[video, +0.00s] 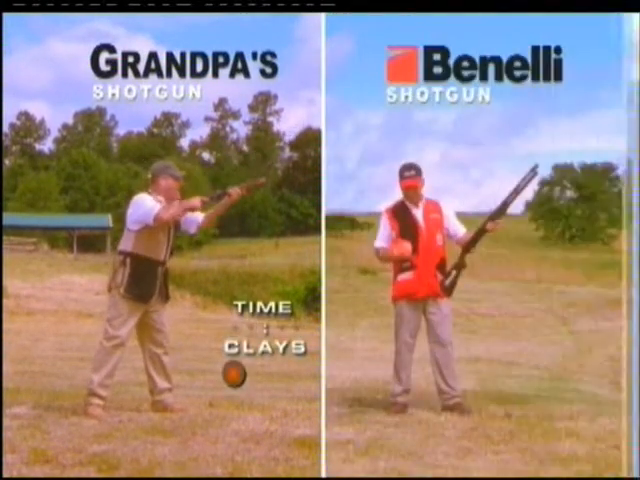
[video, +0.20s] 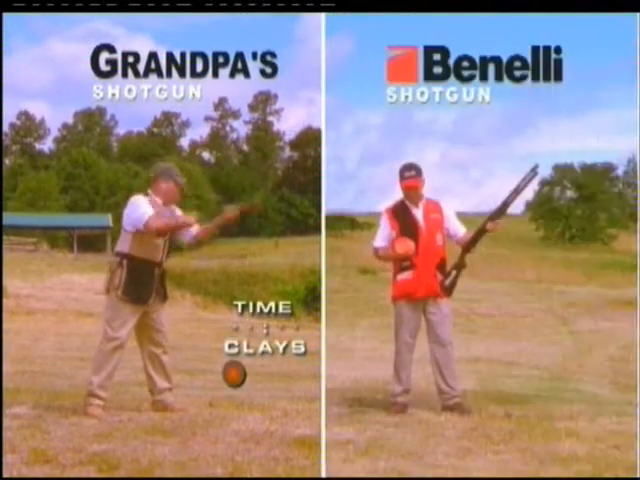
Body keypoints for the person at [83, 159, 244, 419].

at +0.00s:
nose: (178, 191)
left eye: (179, 186)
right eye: (174, 185)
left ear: (174, 187)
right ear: (158, 183)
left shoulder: (171, 209)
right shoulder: (141, 201)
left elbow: (201, 222)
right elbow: (164, 217)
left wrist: (226, 202)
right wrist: (187, 204)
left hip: (156, 274)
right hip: (131, 271)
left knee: (157, 341)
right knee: (115, 337)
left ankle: (161, 397)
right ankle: (96, 397)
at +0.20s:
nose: (179, 193)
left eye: (180, 189)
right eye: (176, 187)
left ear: (167, 188)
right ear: (162, 184)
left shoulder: (171, 212)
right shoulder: (138, 203)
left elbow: (192, 237)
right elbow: (152, 226)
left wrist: (221, 221)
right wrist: (183, 222)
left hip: (153, 274)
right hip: (128, 272)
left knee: (156, 341)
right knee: (115, 338)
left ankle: (161, 397)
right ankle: (96, 398)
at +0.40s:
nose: (174, 200)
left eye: (175, 195)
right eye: (172, 193)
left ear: (166, 191)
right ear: (157, 187)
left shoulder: (166, 217)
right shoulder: (131, 206)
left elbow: (177, 247)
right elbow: (134, 237)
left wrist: (204, 243)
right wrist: (166, 240)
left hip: (149, 275)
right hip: (124, 271)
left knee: (154, 342)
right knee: (112, 340)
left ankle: (162, 397)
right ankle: (95, 399)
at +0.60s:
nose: (165, 199)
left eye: (166, 194)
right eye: (162, 193)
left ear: (157, 192)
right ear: (149, 187)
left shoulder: (157, 217)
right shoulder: (122, 208)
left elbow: (163, 252)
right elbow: (127, 243)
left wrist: (190, 253)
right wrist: (165, 243)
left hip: (144, 277)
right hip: (119, 276)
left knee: (152, 343)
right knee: (112, 342)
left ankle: (161, 397)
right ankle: (94, 400)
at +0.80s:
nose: (151, 194)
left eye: (153, 189)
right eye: (148, 188)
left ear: (147, 189)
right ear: (134, 185)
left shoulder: (148, 213)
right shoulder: (115, 210)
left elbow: (152, 248)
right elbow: (128, 243)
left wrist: (176, 252)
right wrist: (164, 244)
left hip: (142, 276)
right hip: (117, 277)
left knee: (152, 342)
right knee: (113, 342)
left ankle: (161, 397)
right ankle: (94, 400)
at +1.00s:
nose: (137, 185)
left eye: (138, 180)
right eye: (132, 179)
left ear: (137, 183)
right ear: (116, 182)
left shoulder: (140, 210)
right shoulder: (109, 211)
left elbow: (147, 242)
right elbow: (128, 242)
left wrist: (172, 247)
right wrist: (162, 242)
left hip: (143, 281)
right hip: (118, 282)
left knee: (153, 344)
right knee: (113, 343)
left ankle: (162, 397)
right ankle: (94, 400)